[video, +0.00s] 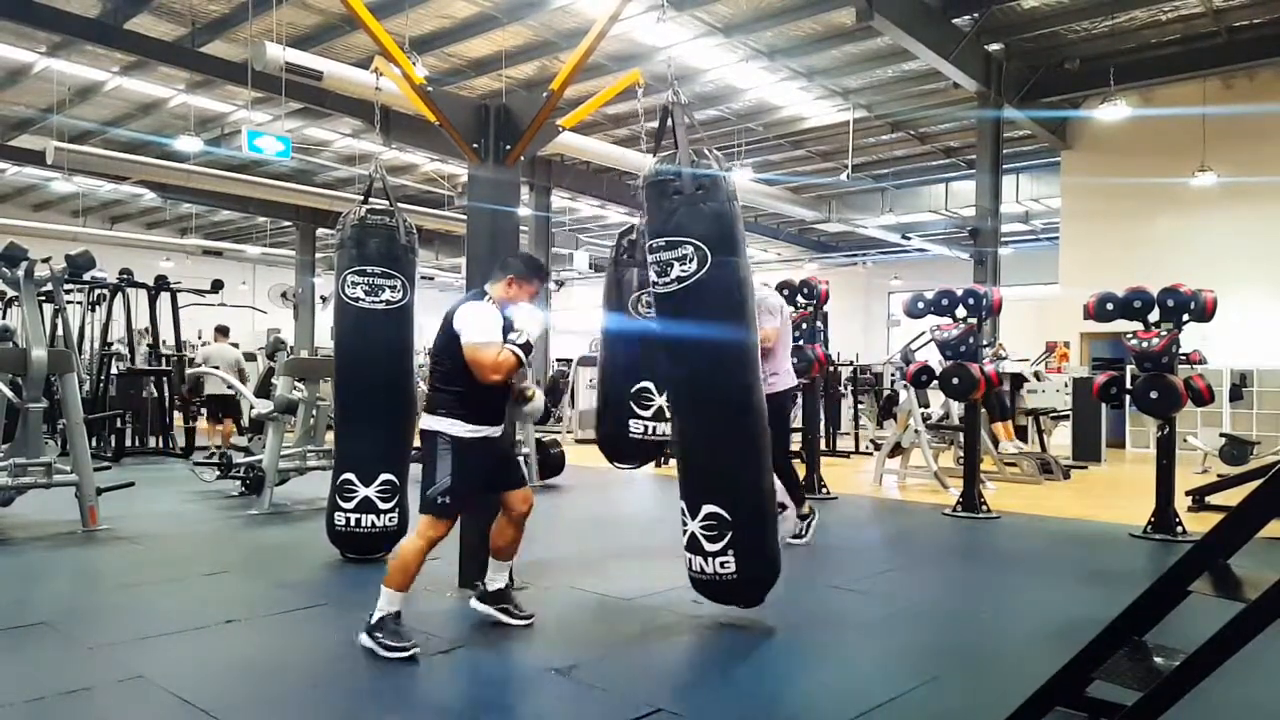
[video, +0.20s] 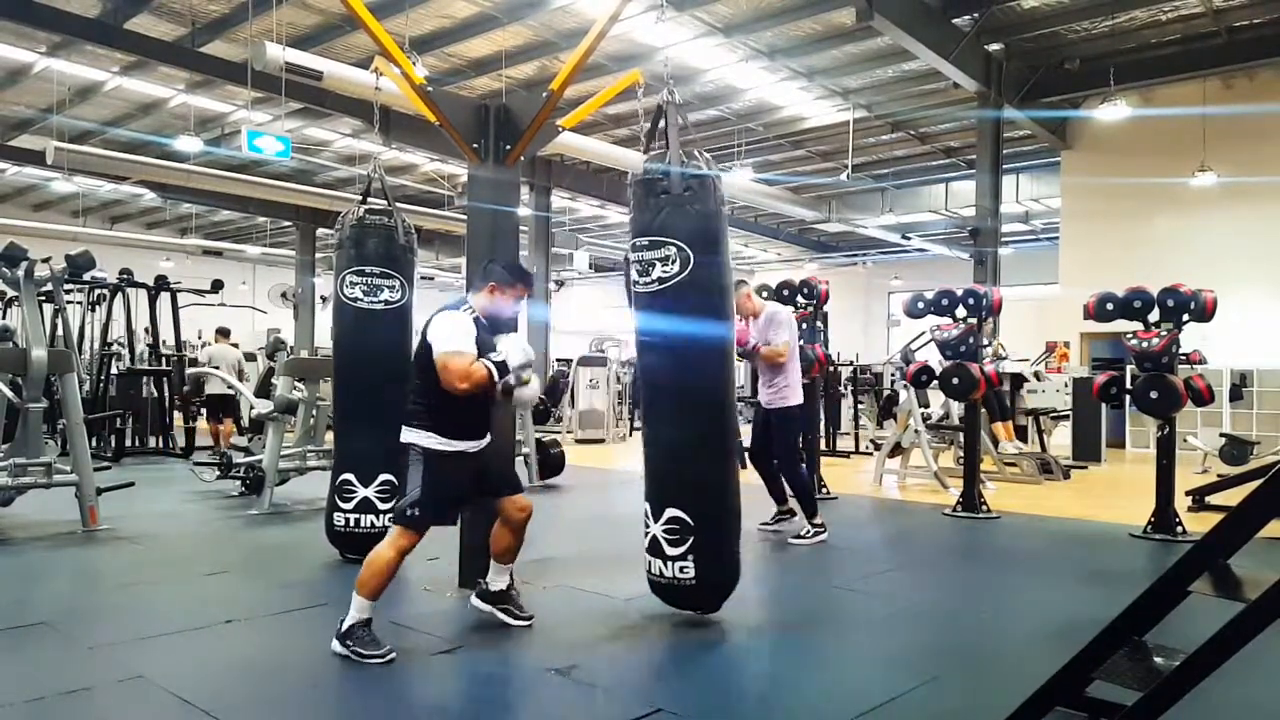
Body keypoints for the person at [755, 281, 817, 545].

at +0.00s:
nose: (729, 288)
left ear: (742, 280)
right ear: (744, 280)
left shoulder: (766, 300)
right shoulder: (750, 304)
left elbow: (767, 338)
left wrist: (734, 333)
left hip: (777, 388)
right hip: (766, 388)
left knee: (778, 458)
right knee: (767, 456)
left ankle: (804, 512)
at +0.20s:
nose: (739, 314)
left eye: (738, 308)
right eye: (737, 310)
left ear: (749, 297)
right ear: (746, 300)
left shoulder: (779, 314)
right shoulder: (755, 321)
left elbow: (780, 355)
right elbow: (755, 355)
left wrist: (751, 348)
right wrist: (742, 344)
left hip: (787, 402)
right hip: (766, 402)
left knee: (788, 462)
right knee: (758, 456)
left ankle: (816, 522)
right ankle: (784, 508)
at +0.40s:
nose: (736, 306)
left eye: (737, 300)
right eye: (733, 302)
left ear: (749, 292)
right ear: (739, 298)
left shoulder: (773, 309)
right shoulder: (751, 318)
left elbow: (776, 346)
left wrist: (749, 338)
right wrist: (735, 327)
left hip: (783, 397)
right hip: (763, 398)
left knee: (788, 455)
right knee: (758, 451)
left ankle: (814, 520)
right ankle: (770, 504)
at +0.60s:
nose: (736, 309)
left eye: (737, 303)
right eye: (734, 305)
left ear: (745, 299)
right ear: (737, 304)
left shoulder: (767, 316)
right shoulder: (744, 324)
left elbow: (772, 356)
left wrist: (743, 351)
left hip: (773, 395)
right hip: (756, 396)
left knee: (756, 449)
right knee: (753, 451)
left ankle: (792, 508)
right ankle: (774, 508)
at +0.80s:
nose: (720, 306)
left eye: (721, 300)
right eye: (717, 302)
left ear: (730, 296)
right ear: (727, 300)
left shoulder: (756, 315)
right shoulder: (729, 323)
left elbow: (763, 351)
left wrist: (731, 346)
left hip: (764, 397)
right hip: (746, 398)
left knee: (750, 456)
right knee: (764, 454)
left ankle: (734, 517)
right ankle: (777, 509)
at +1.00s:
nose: (713, 314)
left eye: (715, 308)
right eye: (711, 310)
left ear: (725, 302)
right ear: (713, 308)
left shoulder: (748, 327)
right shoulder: (717, 330)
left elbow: (753, 366)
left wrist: (724, 353)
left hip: (748, 404)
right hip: (728, 404)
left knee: (732, 460)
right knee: (745, 457)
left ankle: (718, 523)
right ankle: (772, 505)